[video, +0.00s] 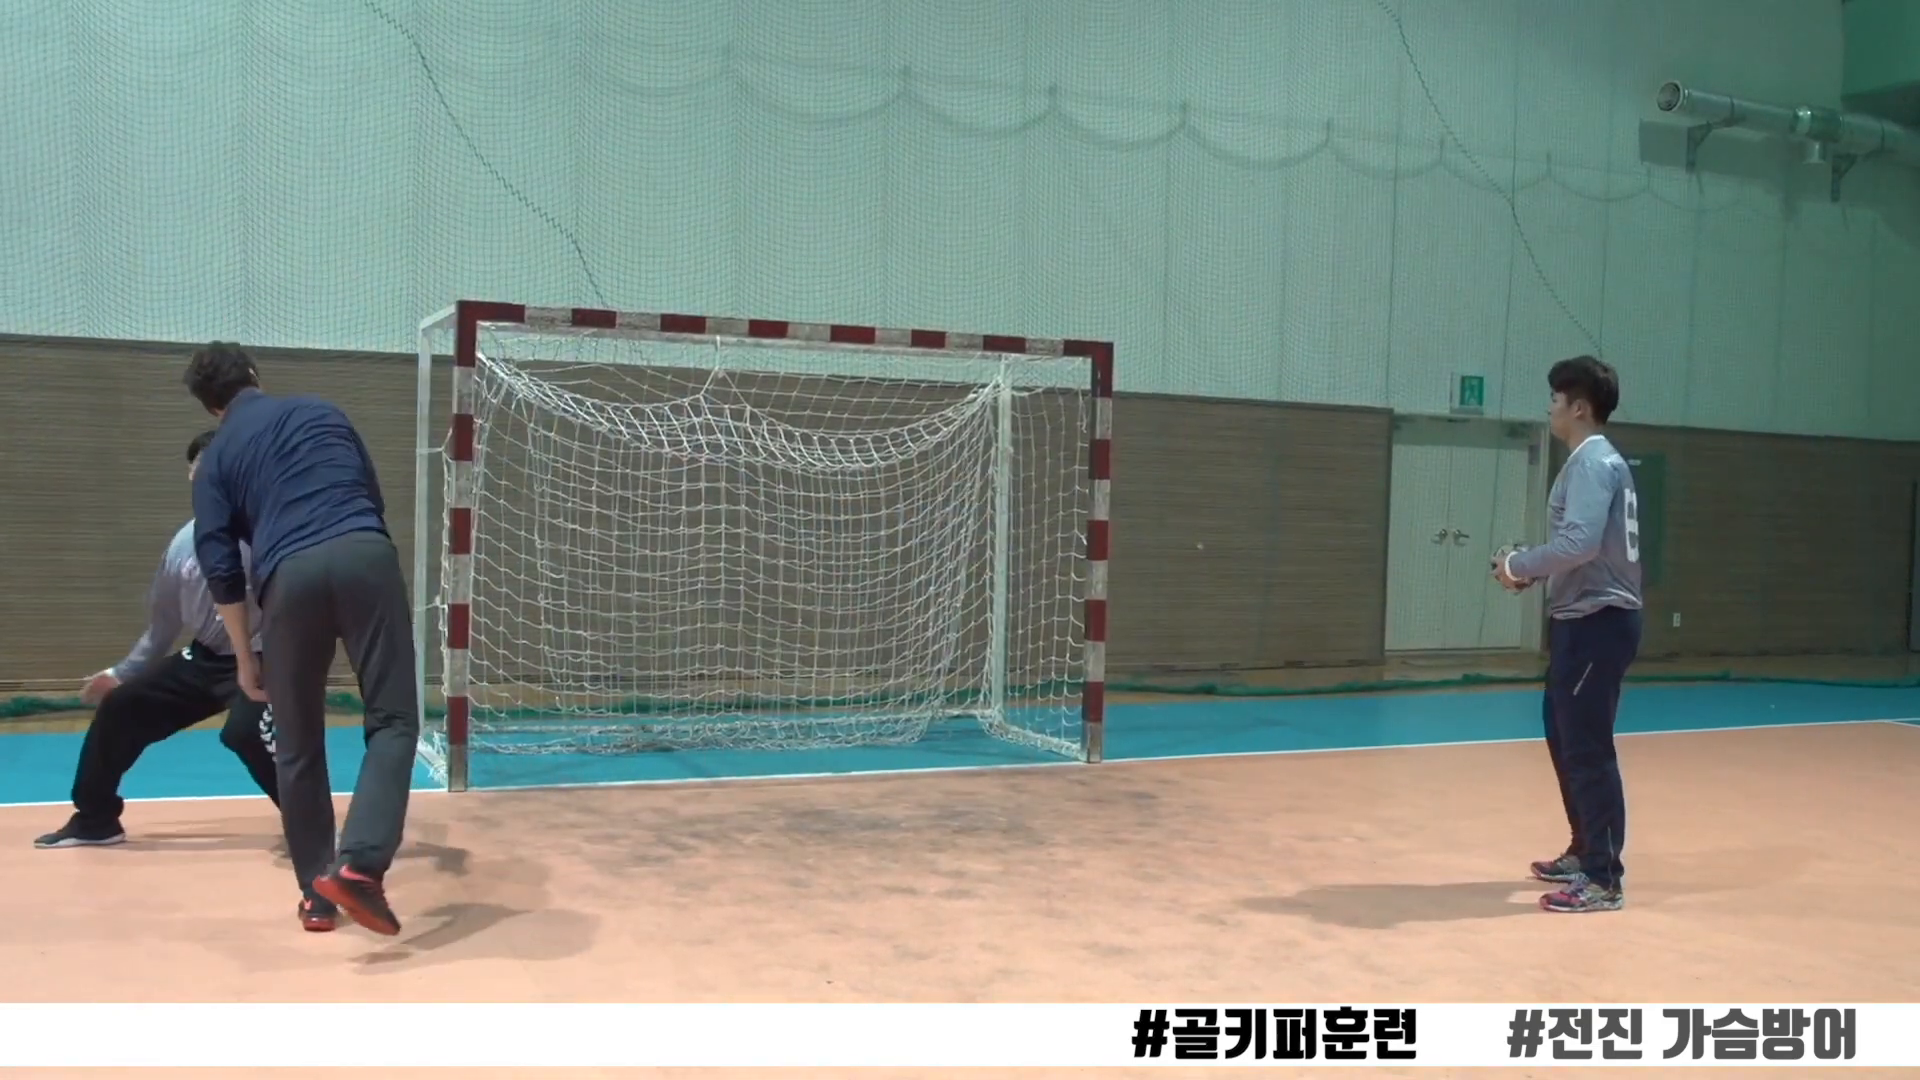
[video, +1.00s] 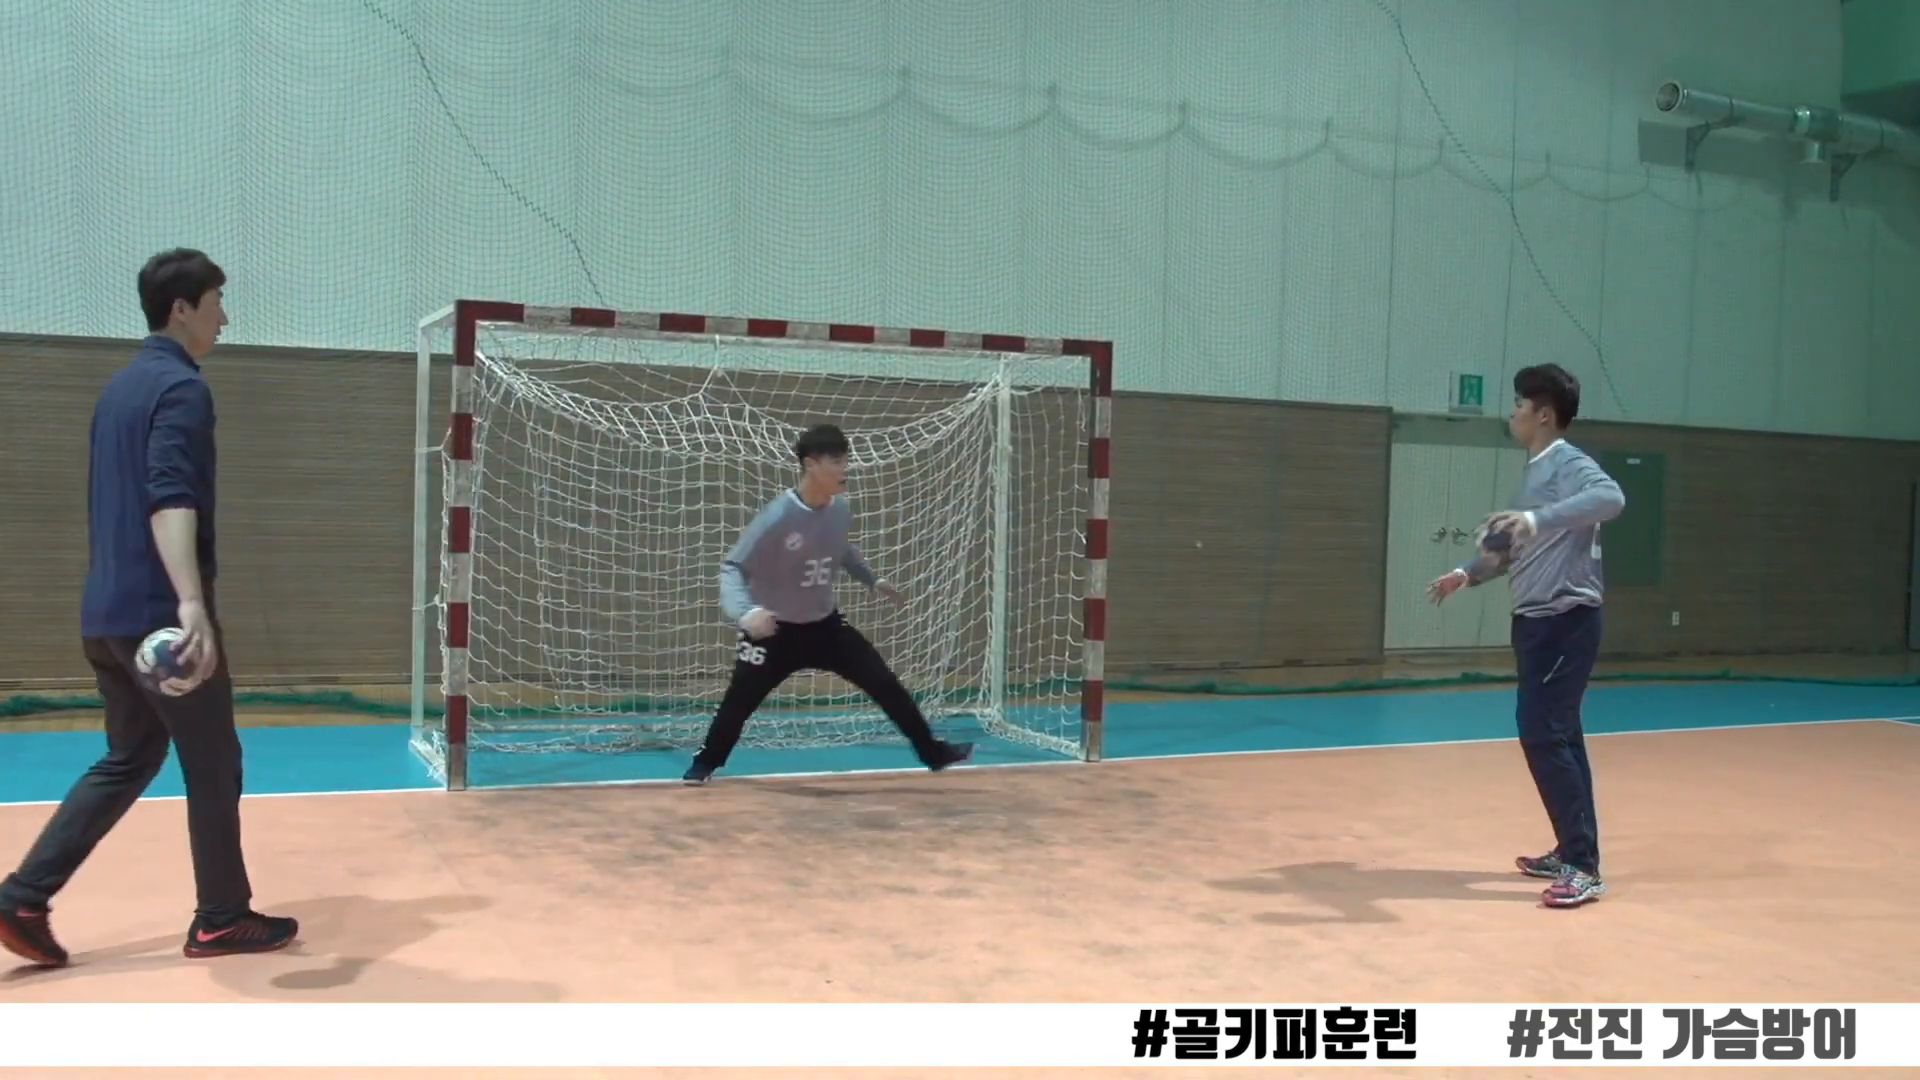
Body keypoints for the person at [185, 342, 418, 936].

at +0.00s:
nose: (208, 414)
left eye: (204, 406)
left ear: (211, 402)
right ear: (255, 379)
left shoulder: (216, 454)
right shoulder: (324, 411)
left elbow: (220, 565)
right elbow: (370, 498)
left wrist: (244, 656)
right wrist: (367, 564)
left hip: (291, 572)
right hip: (367, 554)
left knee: (300, 743)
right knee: (393, 720)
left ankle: (319, 896)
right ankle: (363, 866)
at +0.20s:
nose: (279, 338)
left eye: (269, 332)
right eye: (274, 330)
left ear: (220, 359)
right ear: (266, 337)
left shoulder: (213, 436)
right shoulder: (330, 387)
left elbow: (197, 544)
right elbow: (386, 477)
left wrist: (194, 641)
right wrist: (405, 560)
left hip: (268, 586)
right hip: (339, 570)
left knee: (290, 742)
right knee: (363, 732)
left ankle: (316, 892)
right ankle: (283, 863)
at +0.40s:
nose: (293, 322)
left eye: (287, 310)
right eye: (288, 312)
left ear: (229, 328)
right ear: (273, 318)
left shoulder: (205, 414)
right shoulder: (313, 383)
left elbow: (188, 521)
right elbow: (364, 486)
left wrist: (187, 615)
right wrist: (411, 541)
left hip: (232, 591)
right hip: (302, 582)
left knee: (279, 749)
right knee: (313, 749)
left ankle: (316, 896)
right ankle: (237, 897)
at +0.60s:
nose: (296, 325)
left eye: (294, 312)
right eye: (291, 313)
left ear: (235, 321)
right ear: (267, 318)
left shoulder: (186, 400)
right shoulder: (285, 391)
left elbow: (168, 514)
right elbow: (322, 510)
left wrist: (212, 569)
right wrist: (381, 587)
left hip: (193, 598)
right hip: (255, 594)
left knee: (258, 752)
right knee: (266, 758)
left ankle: (308, 891)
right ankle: (223, 917)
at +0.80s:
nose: (268, 324)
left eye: (268, 310)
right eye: (264, 310)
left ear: (207, 311)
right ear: (236, 311)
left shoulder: (153, 389)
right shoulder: (245, 389)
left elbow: (140, 501)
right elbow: (255, 510)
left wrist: (152, 588)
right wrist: (284, 609)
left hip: (149, 599)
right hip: (209, 600)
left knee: (208, 746)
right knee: (240, 754)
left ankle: (180, 896)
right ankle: (223, 917)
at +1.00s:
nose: (224, 314)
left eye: (221, 300)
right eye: (217, 301)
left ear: (168, 311)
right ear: (182, 310)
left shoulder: (118, 390)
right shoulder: (181, 388)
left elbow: (108, 510)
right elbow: (170, 504)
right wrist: (193, 605)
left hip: (109, 619)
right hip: (164, 618)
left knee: (132, 756)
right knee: (214, 761)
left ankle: (24, 897)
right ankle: (223, 916)